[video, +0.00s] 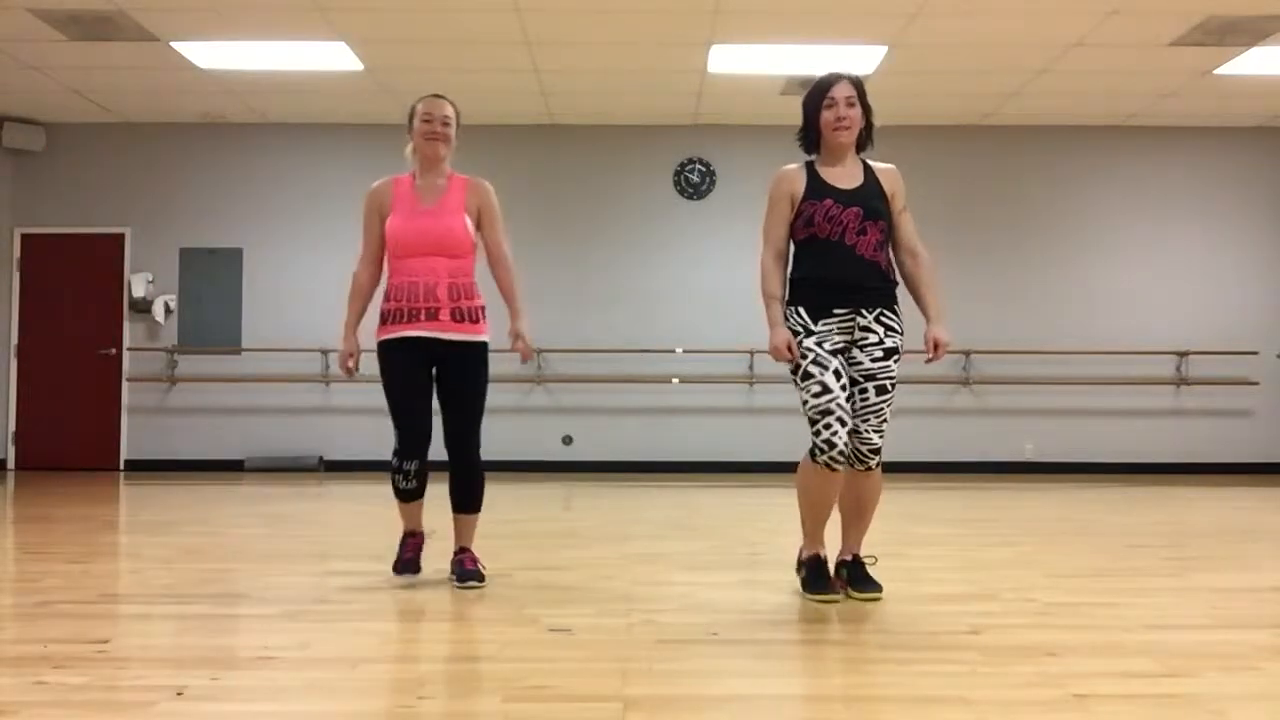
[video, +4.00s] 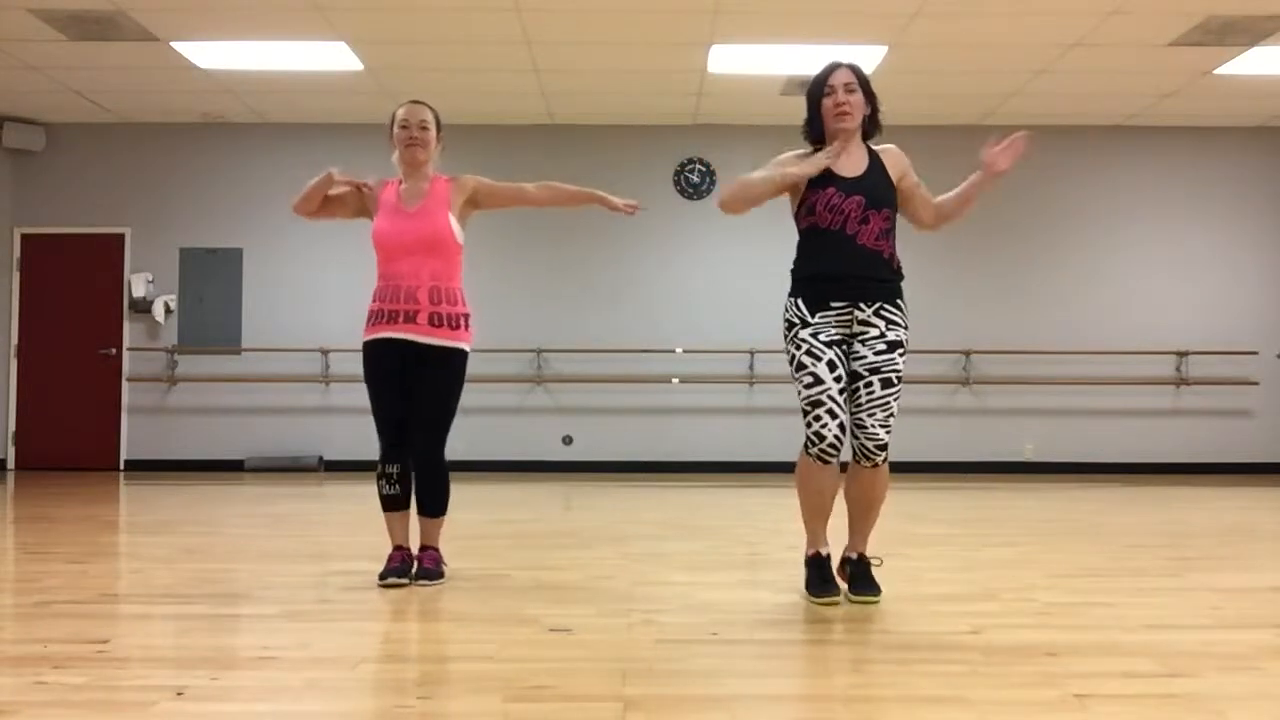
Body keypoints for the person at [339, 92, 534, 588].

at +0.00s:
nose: (436, 127)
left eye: (445, 121)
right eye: (427, 119)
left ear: (456, 135)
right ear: (409, 131)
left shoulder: (476, 192)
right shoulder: (384, 194)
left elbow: (499, 257)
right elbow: (369, 267)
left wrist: (517, 319)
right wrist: (350, 330)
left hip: (463, 334)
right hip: (401, 334)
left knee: (463, 443)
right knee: (412, 439)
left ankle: (465, 550)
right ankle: (410, 536)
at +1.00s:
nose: (425, 130)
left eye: (435, 124)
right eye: (417, 122)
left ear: (447, 138)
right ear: (400, 134)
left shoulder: (464, 196)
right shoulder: (372, 196)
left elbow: (489, 267)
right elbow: (354, 264)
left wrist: (507, 326)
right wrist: (327, 319)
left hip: (449, 339)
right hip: (389, 339)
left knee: (440, 446)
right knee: (391, 448)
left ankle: (443, 552)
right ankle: (391, 552)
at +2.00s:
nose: (419, 127)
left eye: (429, 122)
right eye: (410, 121)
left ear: (441, 137)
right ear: (396, 134)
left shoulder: (459, 185)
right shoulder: (372, 183)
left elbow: (530, 178)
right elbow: (300, 180)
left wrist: (574, 161)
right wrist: (233, 166)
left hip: (441, 333)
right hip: (384, 331)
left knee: (429, 439)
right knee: (390, 444)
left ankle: (435, 548)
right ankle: (396, 553)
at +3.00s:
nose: (413, 130)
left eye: (422, 124)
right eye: (404, 123)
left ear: (437, 138)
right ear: (391, 134)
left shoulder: (456, 188)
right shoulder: (370, 188)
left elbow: (530, 187)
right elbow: (298, 185)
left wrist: (595, 186)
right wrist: (326, 163)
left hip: (441, 335)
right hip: (383, 333)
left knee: (427, 444)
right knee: (390, 447)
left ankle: (429, 547)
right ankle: (396, 552)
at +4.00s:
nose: (413, 133)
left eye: (422, 127)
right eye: (404, 126)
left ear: (437, 140)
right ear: (391, 138)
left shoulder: (461, 189)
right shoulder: (374, 193)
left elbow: (535, 193)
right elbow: (303, 208)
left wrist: (602, 198)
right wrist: (325, 179)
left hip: (443, 336)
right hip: (385, 333)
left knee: (428, 447)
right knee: (393, 446)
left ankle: (430, 552)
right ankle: (399, 551)